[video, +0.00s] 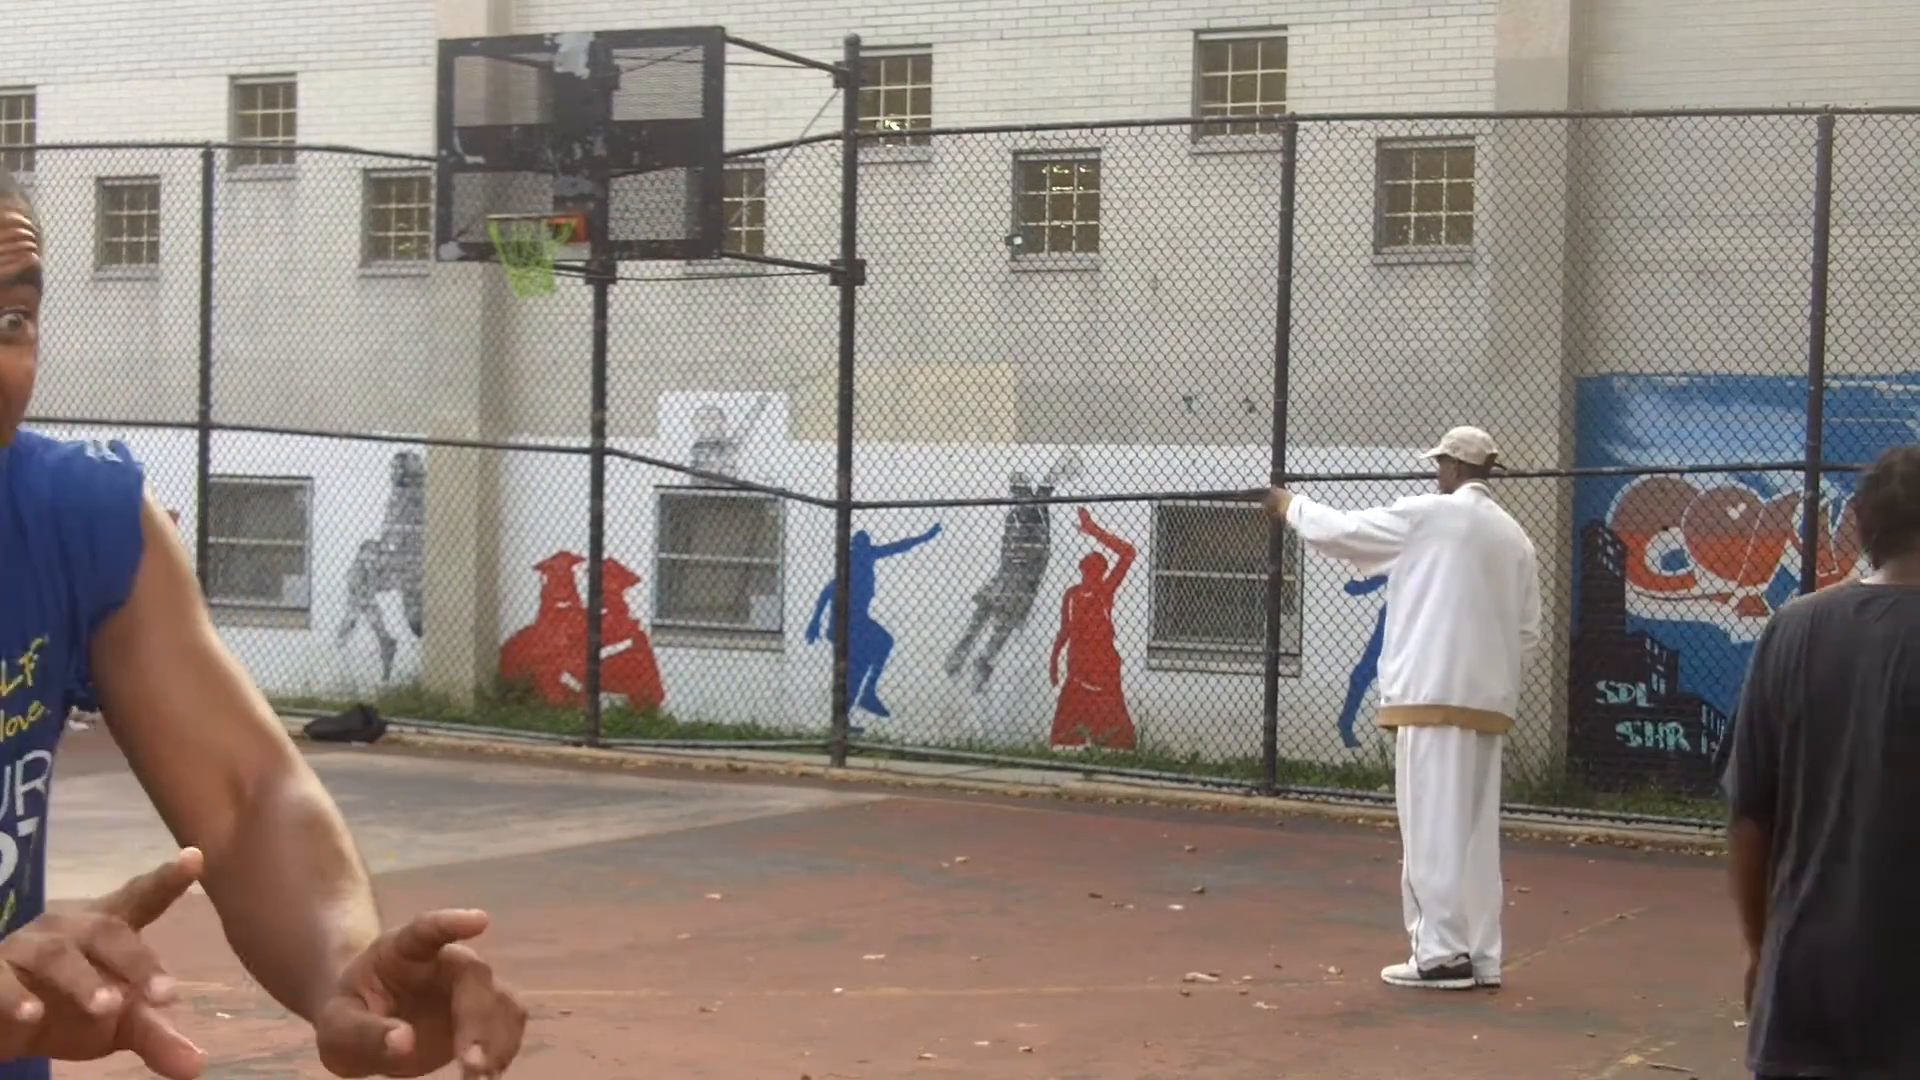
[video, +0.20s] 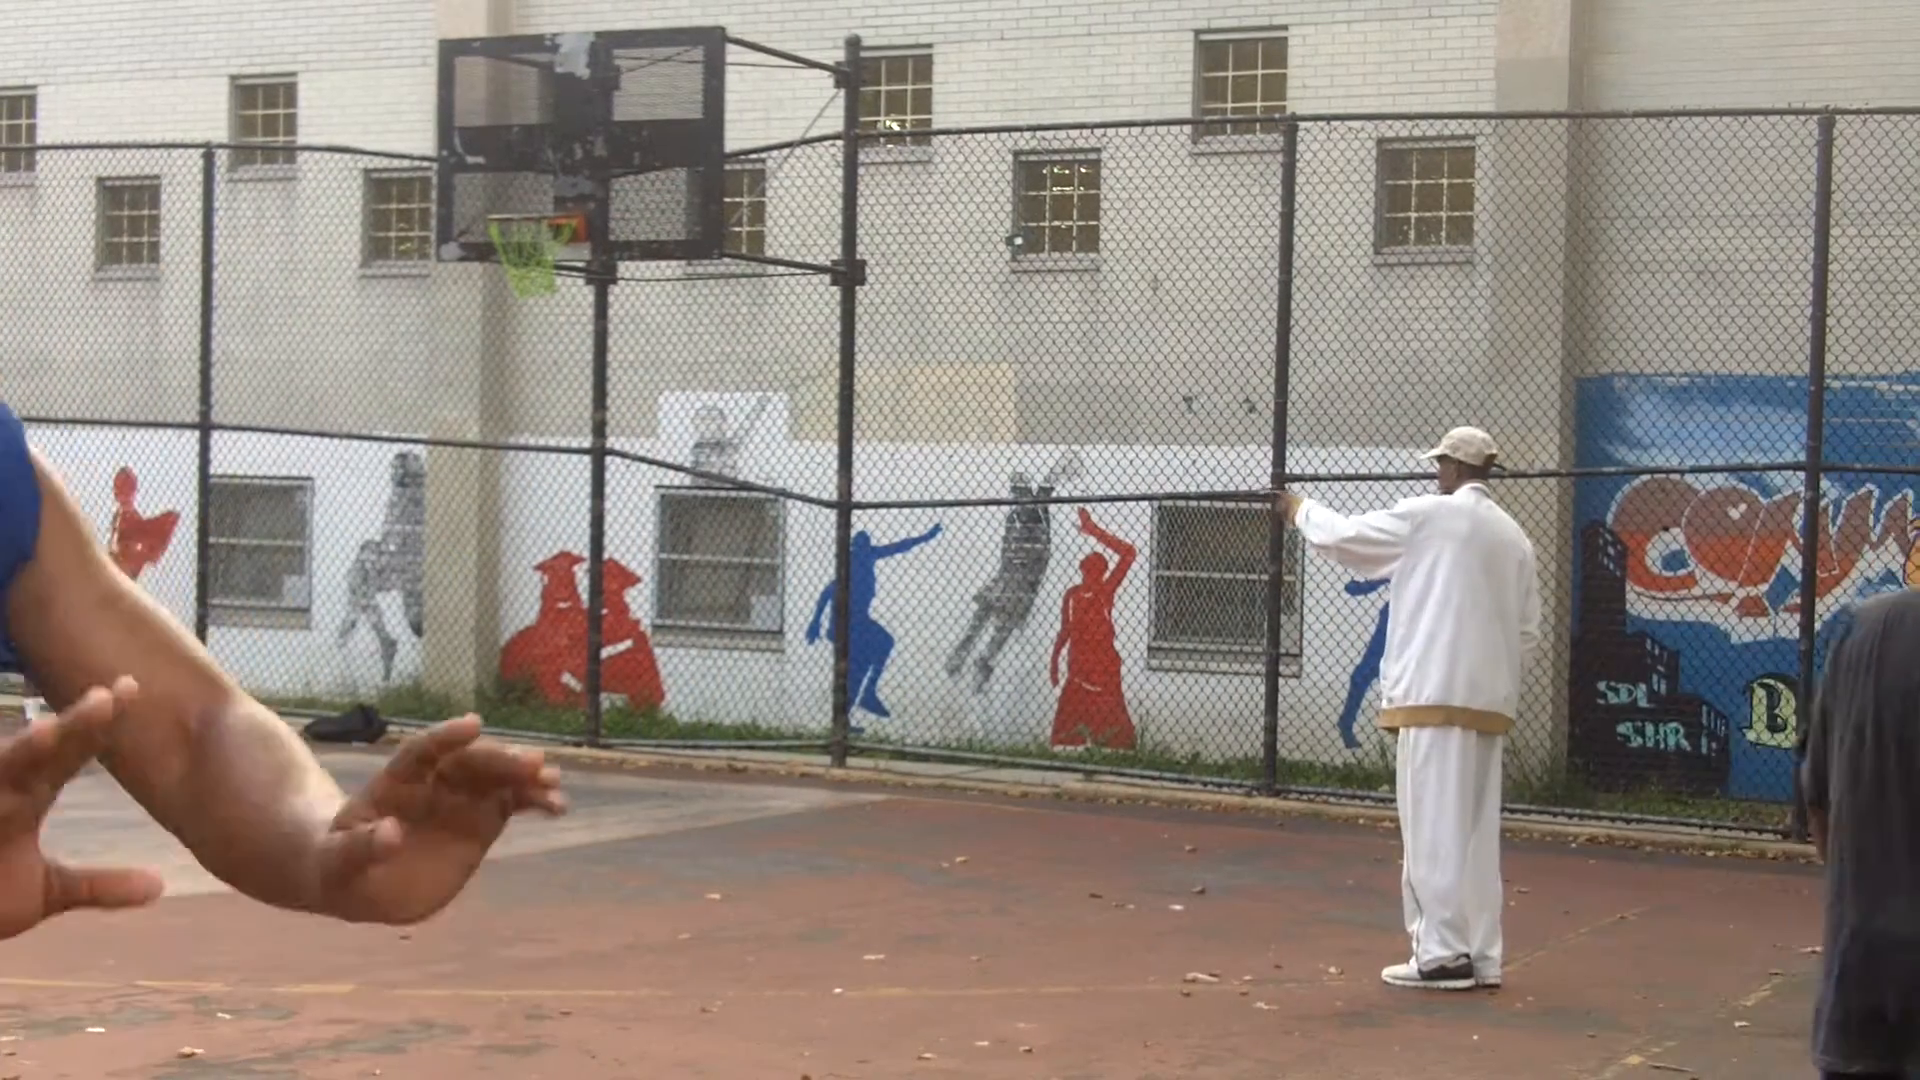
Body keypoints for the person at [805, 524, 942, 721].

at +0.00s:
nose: (865, 549)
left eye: (867, 546)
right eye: (861, 546)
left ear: (870, 546)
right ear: (854, 547)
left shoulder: (870, 555)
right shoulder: (850, 566)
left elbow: (898, 547)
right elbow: (827, 591)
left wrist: (925, 537)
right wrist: (814, 622)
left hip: (861, 619)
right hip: (845, 623)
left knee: (884, 642)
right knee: (859, 662)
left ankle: (869, 693)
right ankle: (841, 716)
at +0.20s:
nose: (865, 550)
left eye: (866, 546)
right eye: (861, 546)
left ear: (870, 547)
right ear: (854, 548)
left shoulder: (870, 556)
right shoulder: (850, 566)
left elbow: (898, 547)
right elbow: (827, 592)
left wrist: (925, 537)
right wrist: (815, 622)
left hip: (862, 620)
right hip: (845, 624)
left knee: (885, 642)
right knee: (860, 663)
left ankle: (870, 693)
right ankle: (842, 716)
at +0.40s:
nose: (866, 550)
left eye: (869, 546)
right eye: (863, 547)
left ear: (873, 547)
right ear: (856, 548)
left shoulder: (874, 555)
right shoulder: (853, 567)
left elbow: (901, 547)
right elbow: (831, 591)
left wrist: (928, 537)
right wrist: (818, 622)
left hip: (865, 620)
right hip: (847, 624)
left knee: (887, 642)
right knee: (863, 662)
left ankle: (872, 692)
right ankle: (844, 715)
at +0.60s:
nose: (868, 551)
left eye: (870, 547)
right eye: (864, 547)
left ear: (874, 547)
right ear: (857, 548)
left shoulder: (874, 556)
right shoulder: (853, 567)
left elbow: (902, 547)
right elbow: (832, 591)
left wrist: (928, 537)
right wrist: (818, 622)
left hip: (866, 621)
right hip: (848, 625)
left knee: (888, 642)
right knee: (863, 662)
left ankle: (873, 692)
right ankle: (845, 716)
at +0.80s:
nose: (868, 551)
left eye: (870, 547)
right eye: (864, 547)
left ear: (874, 547)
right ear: (858, 548)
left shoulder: (874, 556)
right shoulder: (854, 567)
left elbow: (902, 547)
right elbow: (832, 591)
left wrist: (929, 537)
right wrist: (818, 622)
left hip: (865, 620)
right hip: (849, 624)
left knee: (888, 642)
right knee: (864, 660)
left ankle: (873, 693)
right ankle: (845, 716)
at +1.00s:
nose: (868, 551)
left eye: (870, 547)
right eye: (864, 547)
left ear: (874, 547)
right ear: (857, 548)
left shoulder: (874, 556)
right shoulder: (853, 567)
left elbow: (902, 547)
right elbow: (832, 591)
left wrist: (929, 537)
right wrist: (818, 622)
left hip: (866, 620)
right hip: (848, 624)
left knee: (888, 642)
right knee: (864, 660)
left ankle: (873, 692)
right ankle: (845, 716)